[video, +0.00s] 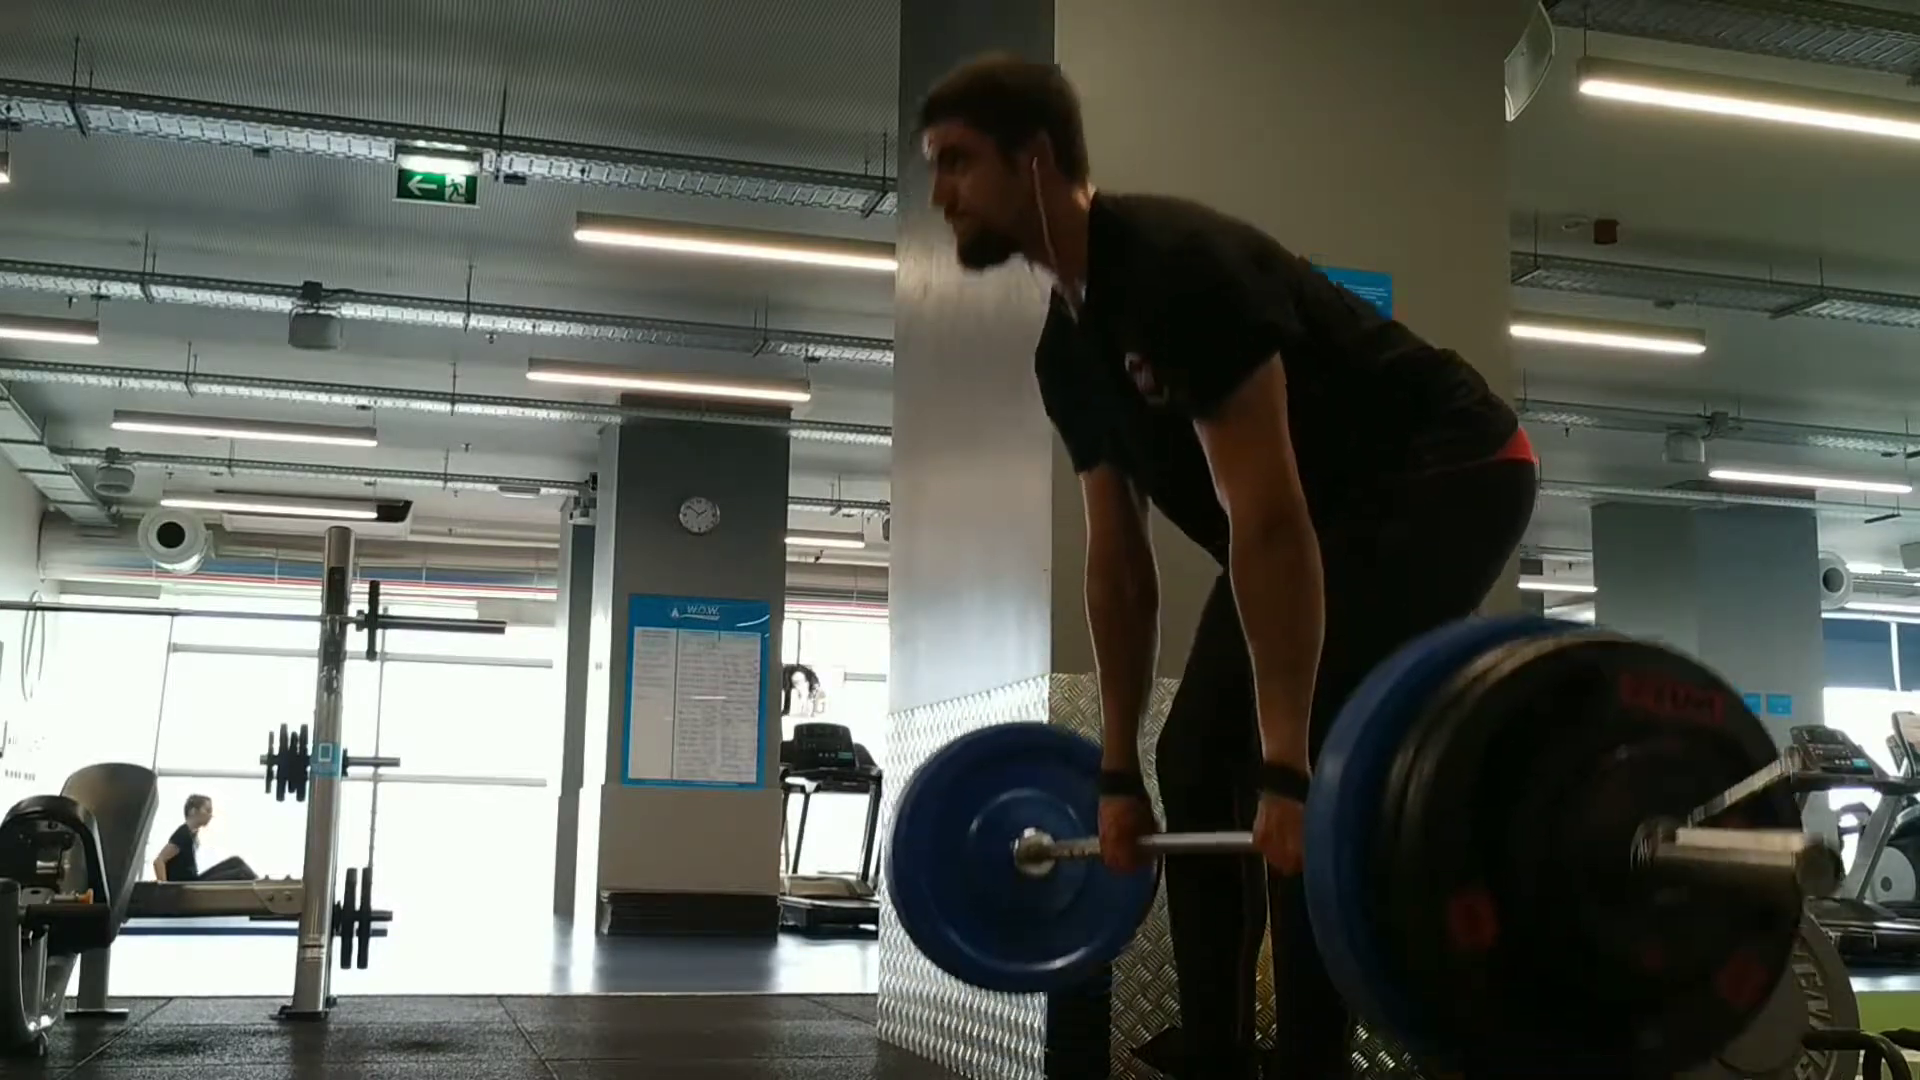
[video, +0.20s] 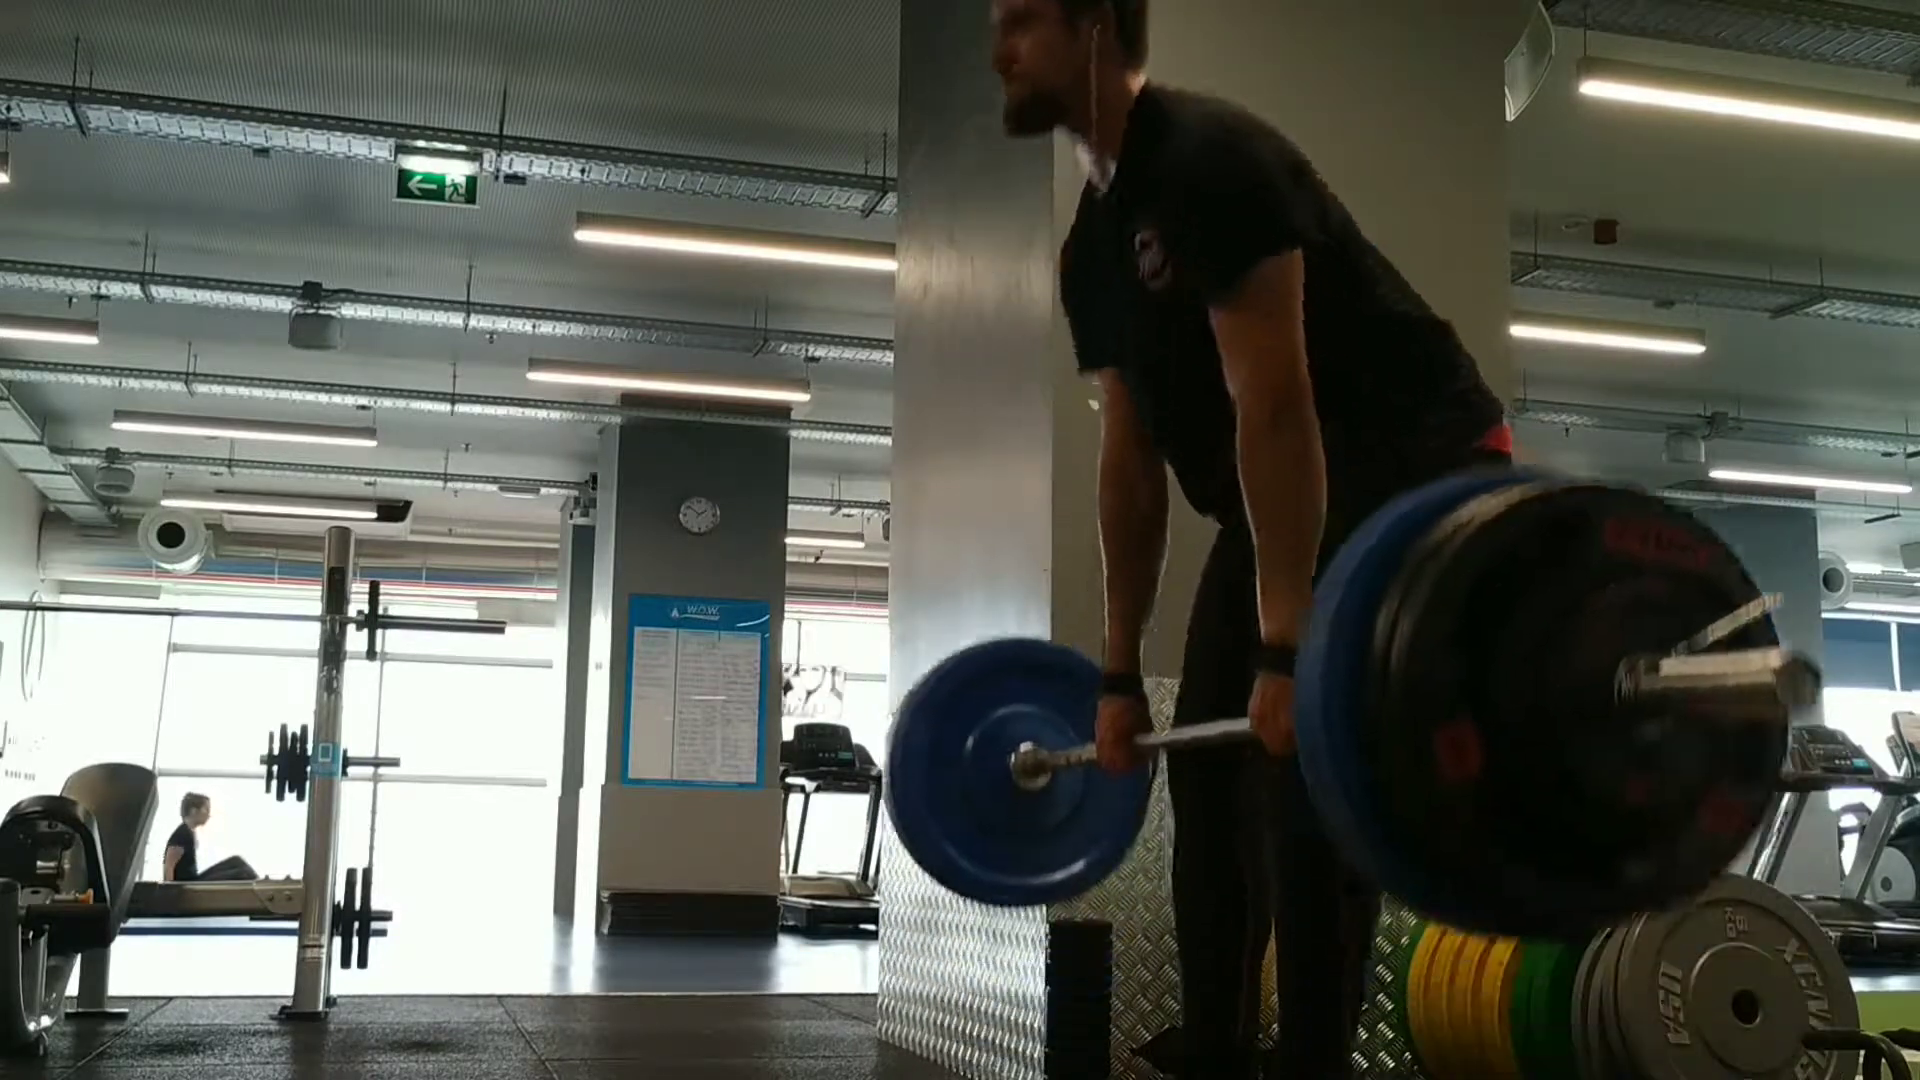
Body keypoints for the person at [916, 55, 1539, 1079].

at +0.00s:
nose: (938, 191)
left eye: (956, 161)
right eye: (931, 168)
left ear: (1039, 158)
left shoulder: (1181, 263)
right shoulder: (1067, 348)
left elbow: (1273, 524)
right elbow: (1116, 558)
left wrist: (1285, 775)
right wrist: (1118, 771)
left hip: (1444, 481)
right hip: (1302, 515)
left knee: (1313, 767)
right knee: (1200, 758)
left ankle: (1312, 1054)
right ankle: (1214, 1042)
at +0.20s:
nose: (997, 53)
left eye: (1021, 23)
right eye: (996, 29)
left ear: (1098, 29)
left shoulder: (1212, 158)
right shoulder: (1094, 243)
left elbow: (1281, 417)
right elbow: (1128, 460)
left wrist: (1282, 652)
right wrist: (1121, 671)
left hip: (1401, 495)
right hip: (1272, 510)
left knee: (1313, 771)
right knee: (1207, 763)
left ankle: (1312, 1058)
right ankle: (1212, 1047)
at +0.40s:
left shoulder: (1283, 67)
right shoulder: (1153, 143)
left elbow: (1307, 314)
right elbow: (1147, 371)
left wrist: (1286, 539)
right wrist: (1124, 576)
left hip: (1308, 500)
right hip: (1211, 503)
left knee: (1280, 778)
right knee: (1186, 775)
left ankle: (1311, 1056)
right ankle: (1211, 1046)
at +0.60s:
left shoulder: (1360, 50)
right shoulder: (1230, 114)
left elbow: (1341, 282)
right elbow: (1181, 330)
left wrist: (1287, 496)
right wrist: (1129, 541)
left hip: (1270, 495)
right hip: (1183, 502)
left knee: (1285, 790)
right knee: (1199, 795)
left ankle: (1312, 1059)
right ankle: (1212, 1050)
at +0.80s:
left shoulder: (1370, 61)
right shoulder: (1246, 120)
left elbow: (1346, 289)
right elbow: (1192, 336)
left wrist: (1289, 507)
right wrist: (1128, 545)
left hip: (1275, 507)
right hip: (1190, 514)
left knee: (1271, 783)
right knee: (1181, 787)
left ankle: (1309, 1060)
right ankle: (1206, 1051)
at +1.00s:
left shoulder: (1295, 66)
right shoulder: (1162, 142)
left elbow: (1316, 309)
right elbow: (1163, 364)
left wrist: (1293, 538)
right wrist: (1129, 574)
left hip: (1311, 503)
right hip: (1215, 506)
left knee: (1282, 773)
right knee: (1181, 770)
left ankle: (1313, 1059)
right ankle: (1207, 1049)